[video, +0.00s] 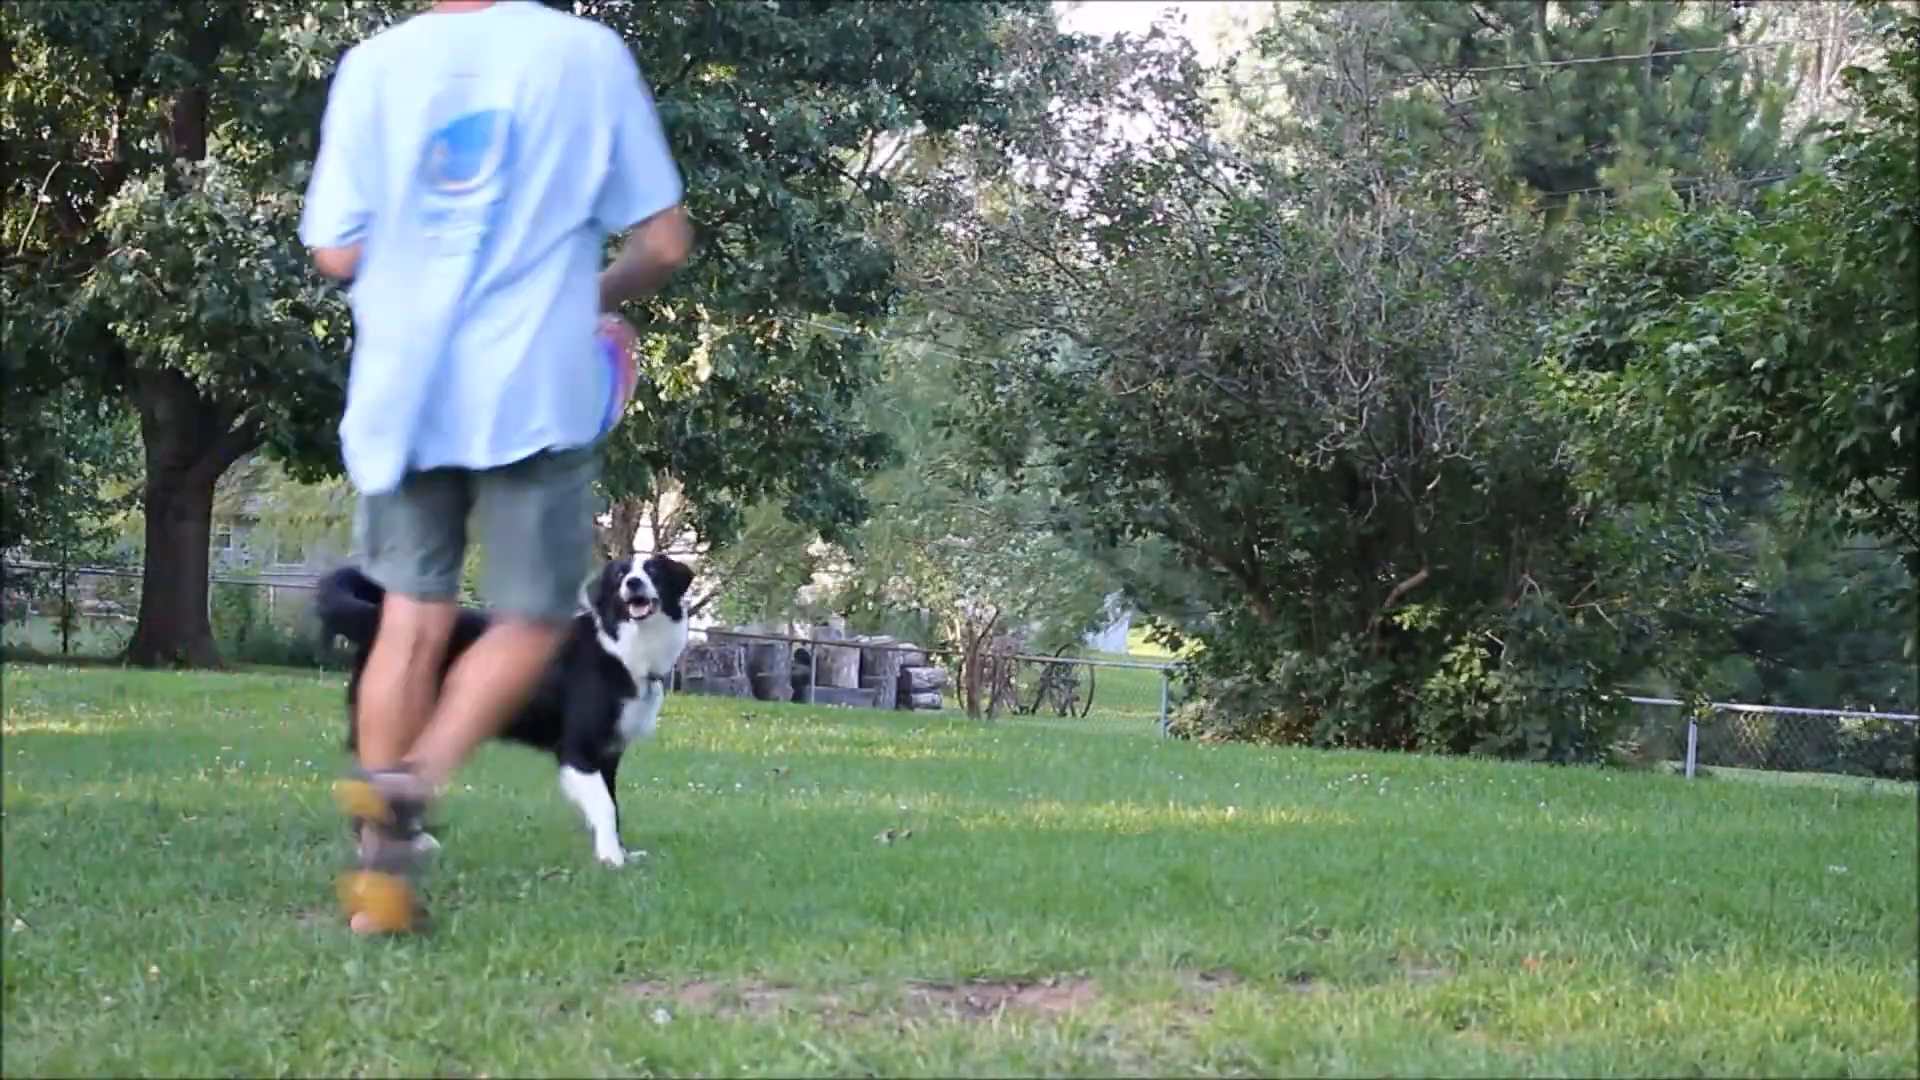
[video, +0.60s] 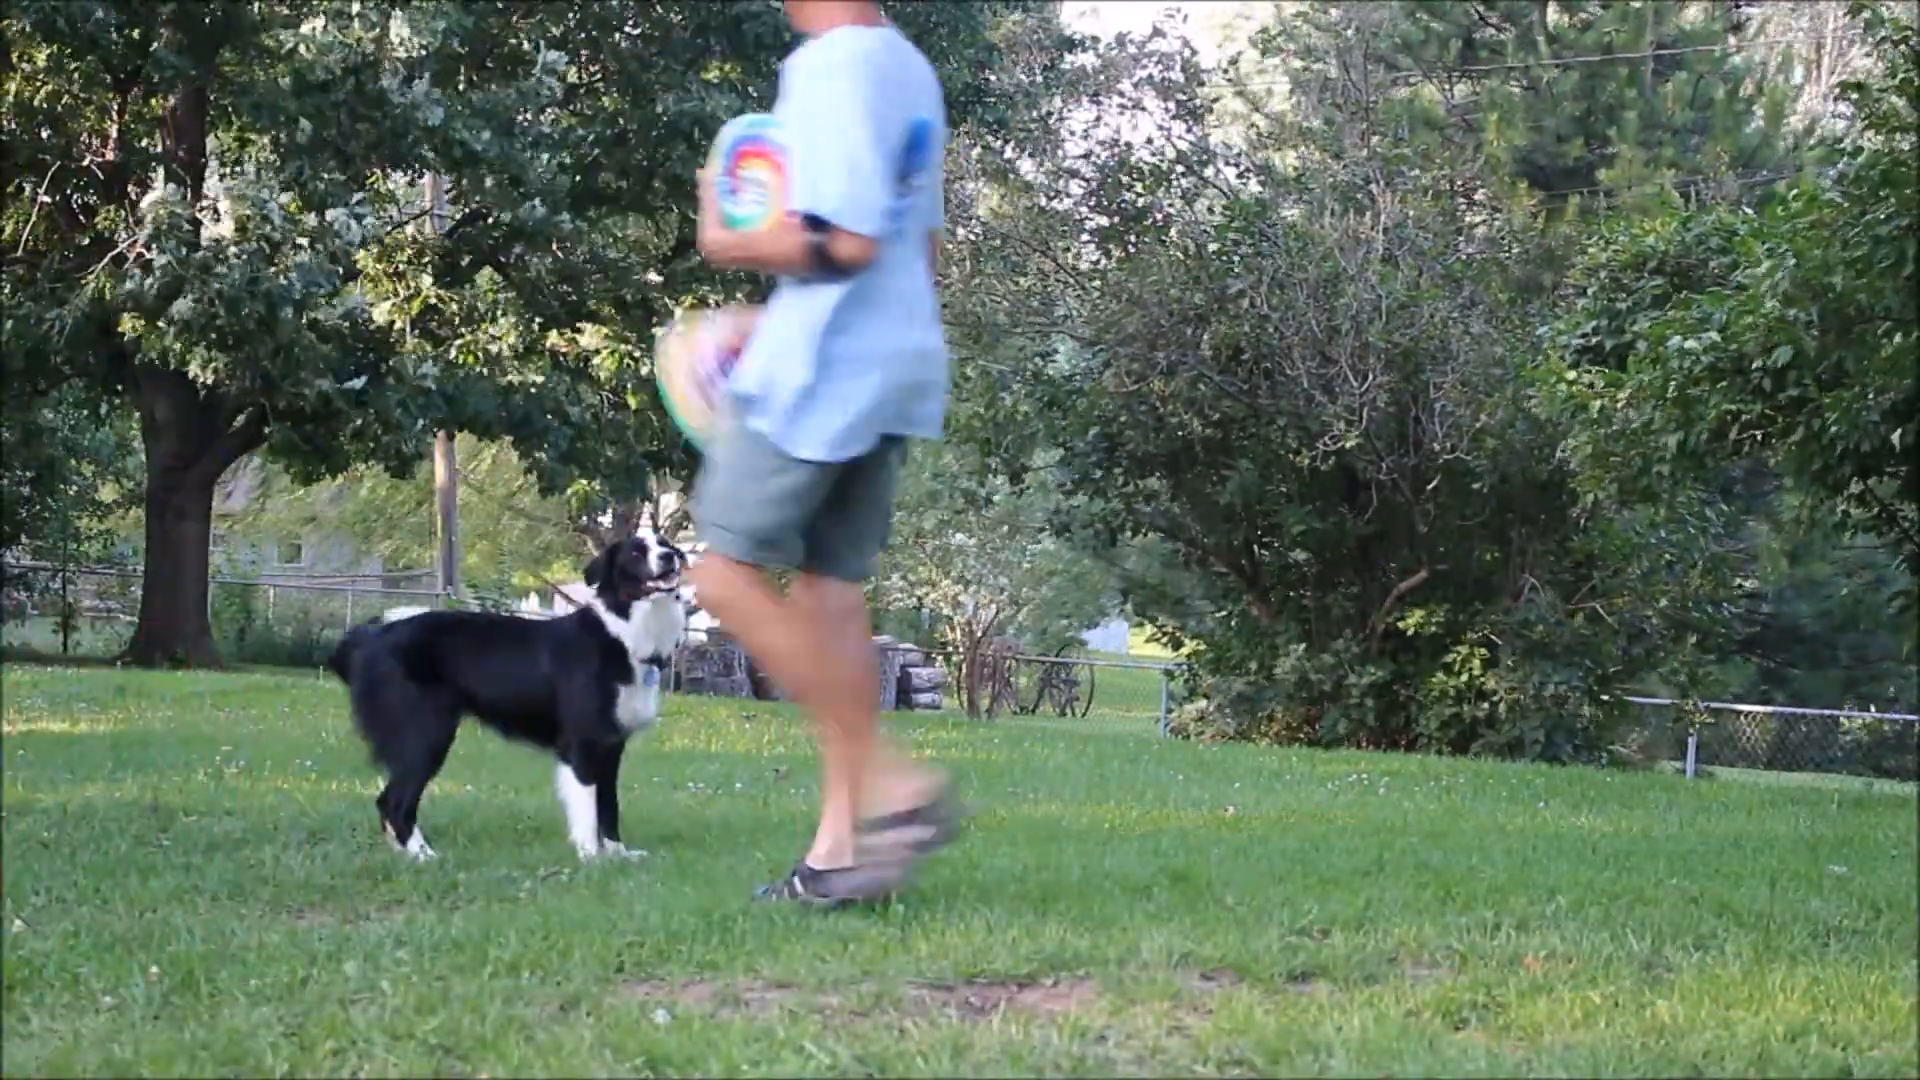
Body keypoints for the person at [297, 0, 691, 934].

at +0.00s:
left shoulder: (372, 64)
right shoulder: (591, 52)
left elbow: (335, 254)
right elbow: (664, 242)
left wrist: (427, 246)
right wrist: (586, 296)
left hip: (402, 386)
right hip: (539, 386)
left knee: (408, 619)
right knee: (529, 618)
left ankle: (380, 873)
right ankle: (415, 776)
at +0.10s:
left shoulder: (420, 54)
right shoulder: (644, 47)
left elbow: (379, 237)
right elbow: (716, 235)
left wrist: (477, 246)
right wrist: (619, 270)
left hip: (453, 383)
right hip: (594, 381)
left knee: (432, 623)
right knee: (609, 587)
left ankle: (383, 876)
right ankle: (568, 801)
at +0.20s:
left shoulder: (482, 63)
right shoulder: (704, 66)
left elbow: (438, 237)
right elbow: (771, 244)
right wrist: (679, 261)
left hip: (511, 394)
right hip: (654, 391)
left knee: (465, 617)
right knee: (680, 598)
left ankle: (390, 862)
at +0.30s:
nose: (592, 4)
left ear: (601, 1)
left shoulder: (558, 87)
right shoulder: (765, 91)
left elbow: (530, 263)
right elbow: (824, 271)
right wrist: (726, 284)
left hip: (578, 411)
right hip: (723, 409)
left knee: (504, 617)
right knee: (746, 620)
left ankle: (399, 851)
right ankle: (826, 856)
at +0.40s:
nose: (660, 13)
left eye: (660, 5)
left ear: (671, 7)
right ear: (753, 2)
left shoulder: (655, 97)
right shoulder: (830, 94)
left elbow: (661, 271)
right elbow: (871, 271)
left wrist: (607, 280)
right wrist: (776, 293)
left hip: (680, 408)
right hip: (807, 408)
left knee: (577, 605)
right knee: (770, 614)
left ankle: (477, 842)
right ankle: (825, 857)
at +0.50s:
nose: (724, 5)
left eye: (726, 2)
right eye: (730, 1)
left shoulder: (748, 74)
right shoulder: (879, 73)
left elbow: (763, 253)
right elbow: (900, 254)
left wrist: (671, 259)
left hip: (751, 388)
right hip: (857, 392)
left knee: (643, 571)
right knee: (797, 598)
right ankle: (829, 853)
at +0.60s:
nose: (780, 5)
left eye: (783, 0)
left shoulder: (831, 65)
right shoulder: (907, 66)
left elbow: (840, 242)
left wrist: (723, 241)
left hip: (821, 371)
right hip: (892, 370)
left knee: (721, 572)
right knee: (835, 597)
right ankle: (841, 851)